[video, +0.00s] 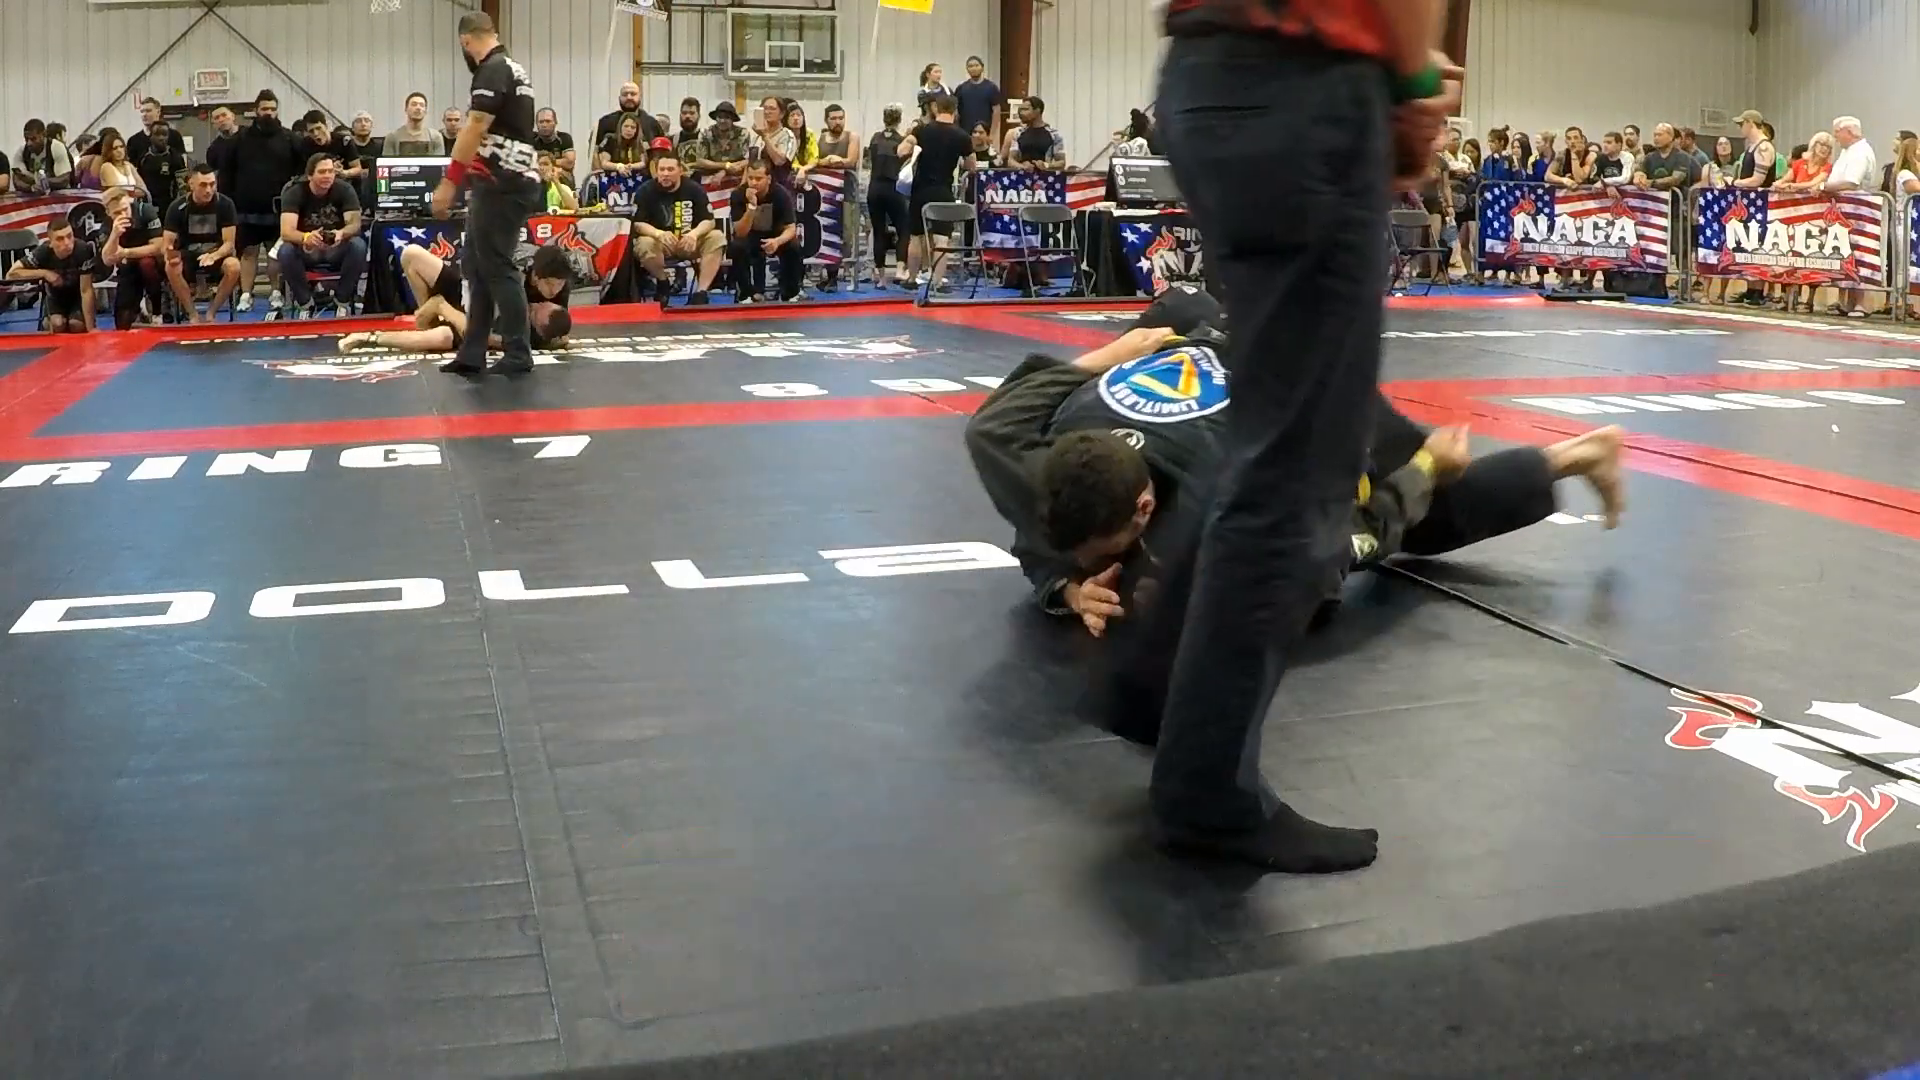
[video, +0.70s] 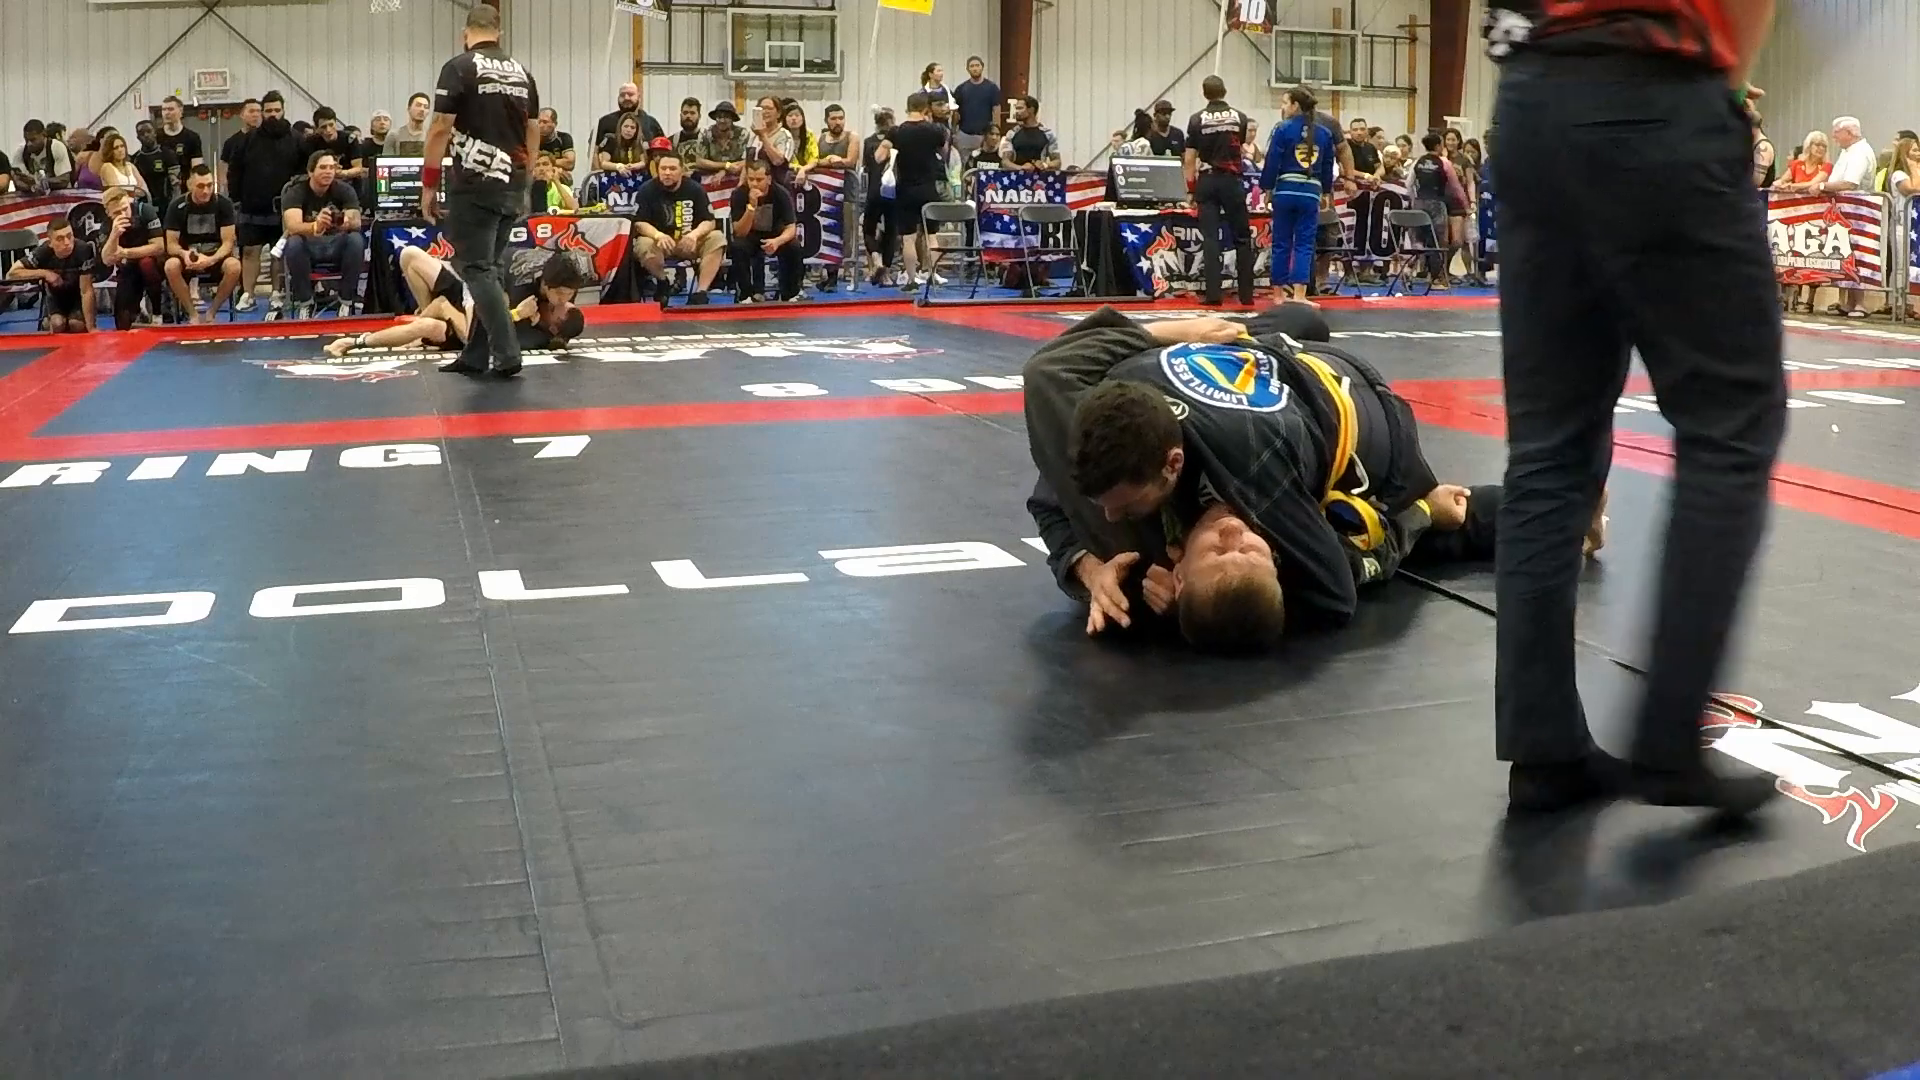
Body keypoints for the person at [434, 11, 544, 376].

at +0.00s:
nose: (465, 54)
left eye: (463, 47)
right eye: (463, 48)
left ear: (468, 41)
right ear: (493, 36)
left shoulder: (493, 68)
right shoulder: (514, 68)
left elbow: (477, 126)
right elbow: (511, 133)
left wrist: (450, 180)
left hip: (501, 183)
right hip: (512, 182)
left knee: (499, 268)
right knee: (477, 267)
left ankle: (518, 356)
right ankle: (471, 355)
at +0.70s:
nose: (465, 39)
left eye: (464, 35)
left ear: (465, 34)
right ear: (499, 33)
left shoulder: (459, 67)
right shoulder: (523, 72)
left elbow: (441, 129)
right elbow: (533, 133)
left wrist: (429, 183)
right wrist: (523, 181)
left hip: (472, 185)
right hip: (512, 186)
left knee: (477, 269)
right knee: (490, 269)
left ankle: (507, 356)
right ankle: (475, 356)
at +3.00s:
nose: (562, 40)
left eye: (558, 36)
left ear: (556, 35)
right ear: (589, 28)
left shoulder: (543, 75)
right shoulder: (620, 64)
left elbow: (547, 135)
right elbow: (638, 130)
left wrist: (581, 155)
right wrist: (625, 158)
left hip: (567, 184)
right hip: (612, 178)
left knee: (580, 264)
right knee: (631, 258)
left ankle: (583, 356)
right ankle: (635, 347)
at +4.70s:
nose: (592, 42)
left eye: (591, 38)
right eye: (593, 38)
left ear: (595, 35)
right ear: (627, 30)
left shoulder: (581, 76)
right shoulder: (660, 67)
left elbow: (582, 146)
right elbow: (674, 130)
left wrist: (615, 162)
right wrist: (656, 159)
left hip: (610, 185)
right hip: (657, 181)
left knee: (620, 268)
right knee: (661, 262)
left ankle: (629, 358)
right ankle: (670, 352)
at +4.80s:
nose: (594, 41)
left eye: (592, 37)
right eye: (597, 37)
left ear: (596, 35)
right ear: (629, 30)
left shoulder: (581, 76)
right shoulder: (661, 68)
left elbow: (581, 143)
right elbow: (675, 132)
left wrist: (611, 164)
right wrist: (657, 161)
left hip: (610, 186)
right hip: (658, 182)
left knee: (622, 269)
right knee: (665, 262)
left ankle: (630, 358)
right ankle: (678, 351)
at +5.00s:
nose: (601, 40)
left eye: (600, 36)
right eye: (603, 36)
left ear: (603, 34)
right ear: (637, 31)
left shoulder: (588, 73)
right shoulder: (666, 68)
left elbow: (584, 140)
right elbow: (678, 133)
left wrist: (611, 165)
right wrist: (658, 162)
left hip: (612, 184)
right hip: (660, 181)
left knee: (625, 268)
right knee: (670, 263)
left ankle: (630, 357)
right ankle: (685, 353)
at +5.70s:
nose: (623, 37)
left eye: (622, 32)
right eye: (624, 32)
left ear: (628, 30)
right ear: (657, 27)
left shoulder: (610, 70)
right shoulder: (687, 70)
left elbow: (601, 136)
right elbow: (694, 129)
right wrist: (677, 160)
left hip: (629, 184)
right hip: (676, 183)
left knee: (632, 267)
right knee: (678, 265)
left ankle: (632, 358)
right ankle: (687, 355)